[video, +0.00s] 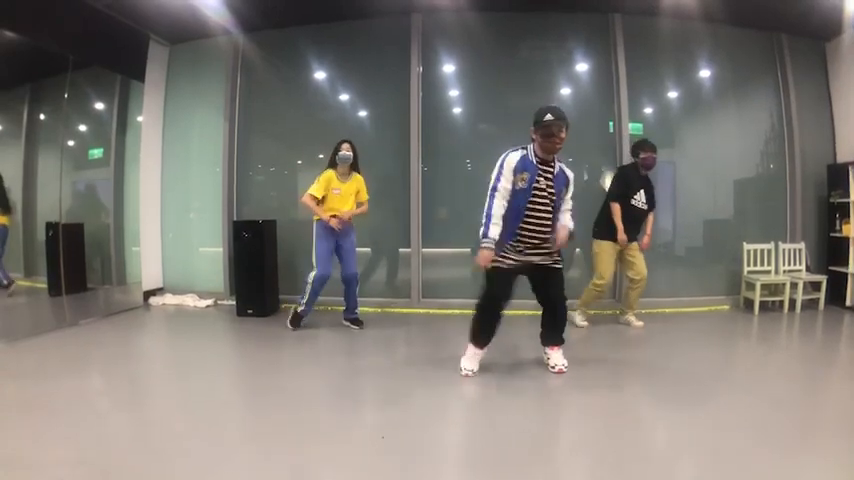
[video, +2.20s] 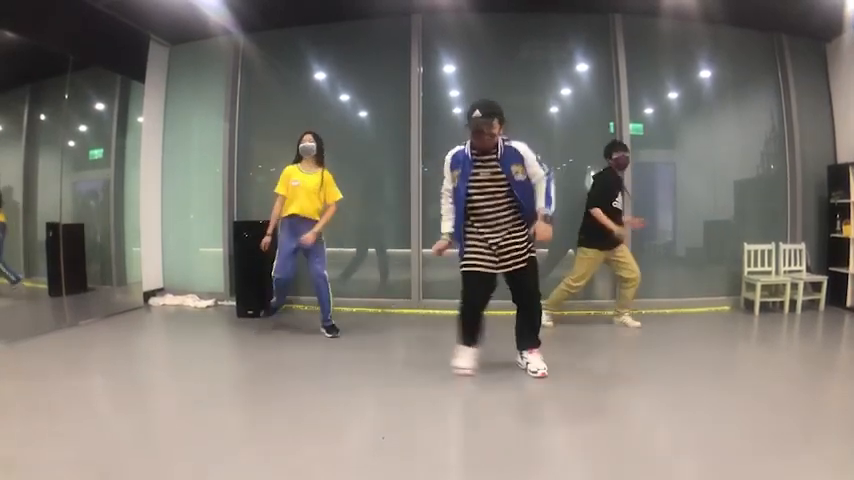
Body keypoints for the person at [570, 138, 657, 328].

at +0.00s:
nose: (650, 159)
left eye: (653, 156)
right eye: (646, 156)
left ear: (656, 158)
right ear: (637, 157)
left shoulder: (648, 184)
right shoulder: (624, 172)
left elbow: (650, 211)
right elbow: (613, 201)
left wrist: (647, 235)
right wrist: (620, 230)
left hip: (629, 238)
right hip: (607, 235)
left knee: (639, 275)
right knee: (603, 278)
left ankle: (627, 313)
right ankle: (579, 310)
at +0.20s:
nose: (638, 157)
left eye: (641, 154)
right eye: (634, 153)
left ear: (644, 156)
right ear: (625, 153)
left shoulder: (638, 181)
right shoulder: (607, 169)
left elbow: (644, 212)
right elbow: (593, 194)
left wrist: (647, 239)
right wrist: (602, 222)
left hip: (629, 240)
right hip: (602, 238)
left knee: (637, 279)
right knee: (597, 280)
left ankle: (627, 313)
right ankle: (586, 313)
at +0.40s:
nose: (612, 144)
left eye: (616, 141)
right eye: (609, 140)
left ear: (622, 142)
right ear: (602, 141)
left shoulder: (626, 167)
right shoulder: (592, 164)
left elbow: (632, 198)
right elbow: (583, 190)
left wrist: (635, 226)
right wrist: (582, 216)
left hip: (619, 231)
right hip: (593, 229)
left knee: (617, 276)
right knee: (588, 276)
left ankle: (615, 312)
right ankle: (586, 312)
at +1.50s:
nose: (589, 143)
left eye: (593, 139)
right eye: (585, 140)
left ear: (598, 140)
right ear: (579, 142)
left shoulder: (608, 167)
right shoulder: (574, 169)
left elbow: (619, 195)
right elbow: (566, 196)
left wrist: (614, 224)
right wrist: (560, 221)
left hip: (603, 232)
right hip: (577, 232)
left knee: (610, 275)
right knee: (571, 274)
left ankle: (610, 310)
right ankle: (568, 311)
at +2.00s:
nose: (601, 148)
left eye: (604, 144)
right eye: (596, 144)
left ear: (607, 145)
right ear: (587, 145)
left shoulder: (604, 171)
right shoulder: (578, 166)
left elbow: (603, 203)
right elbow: (562, 192)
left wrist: (613, 223)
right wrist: (575, 216)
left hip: (601, 232)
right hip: (578, 233)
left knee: (615, 270)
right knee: (566, 275)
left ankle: (614, 311)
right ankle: (547, 309)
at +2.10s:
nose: (617, 154)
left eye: (618, 150)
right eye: (612, 151)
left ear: (618, 152)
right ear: (602, 153)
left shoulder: (608, 175)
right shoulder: (594, 173)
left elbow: (605, 208)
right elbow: (587, 204)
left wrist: (614, 231)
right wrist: (597, 230)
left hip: (607, 240)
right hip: (586, 240)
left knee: (626, 275)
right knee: (570, 279)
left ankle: (620, 313)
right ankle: (544, 309)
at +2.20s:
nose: (625, 160)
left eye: (627, 156)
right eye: (620, 156)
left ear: (629, 158)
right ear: (610, 159)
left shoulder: (616, 179)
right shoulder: (604, 178)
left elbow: (609, 212)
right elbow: (593, 208)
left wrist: (627, 221)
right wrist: (614, 228)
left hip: (612, 240)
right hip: (593, 241)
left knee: (632, 276)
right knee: (576, 281)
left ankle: (621, 314)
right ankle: (546, 309)